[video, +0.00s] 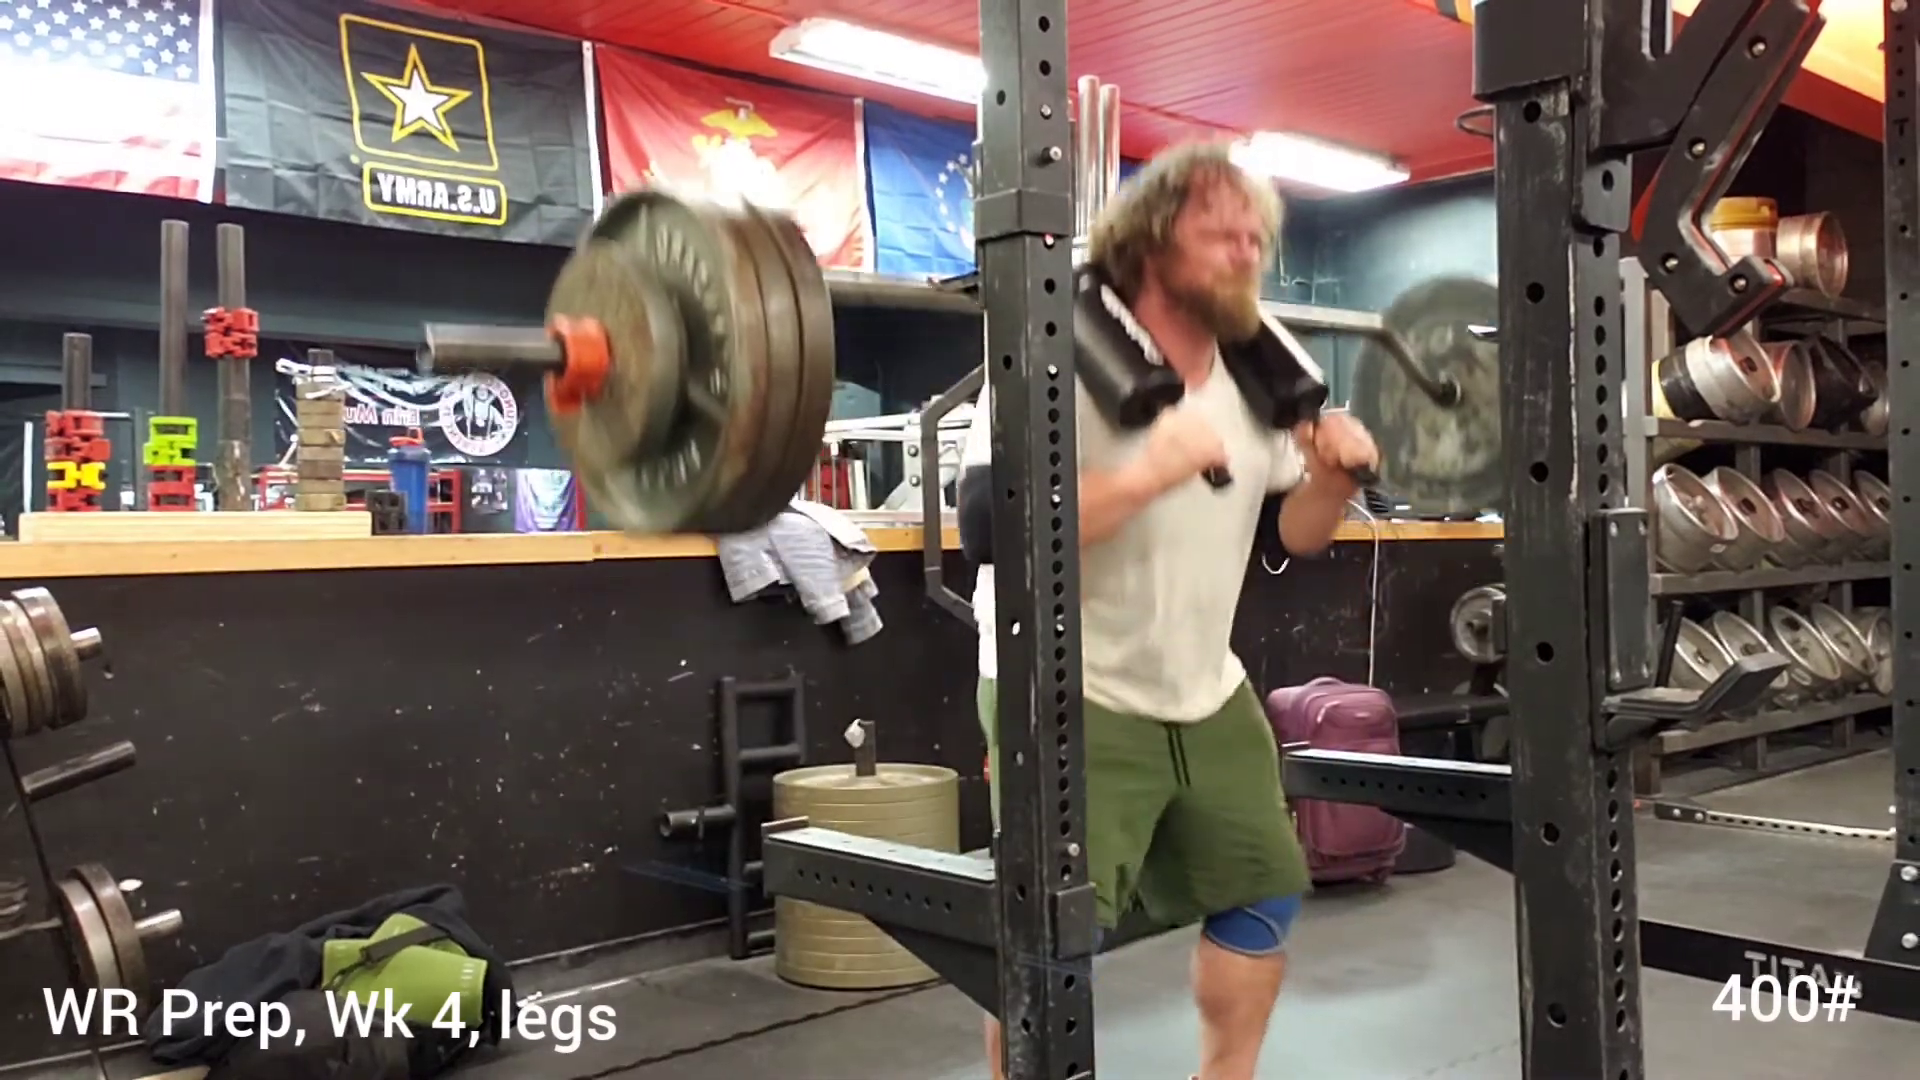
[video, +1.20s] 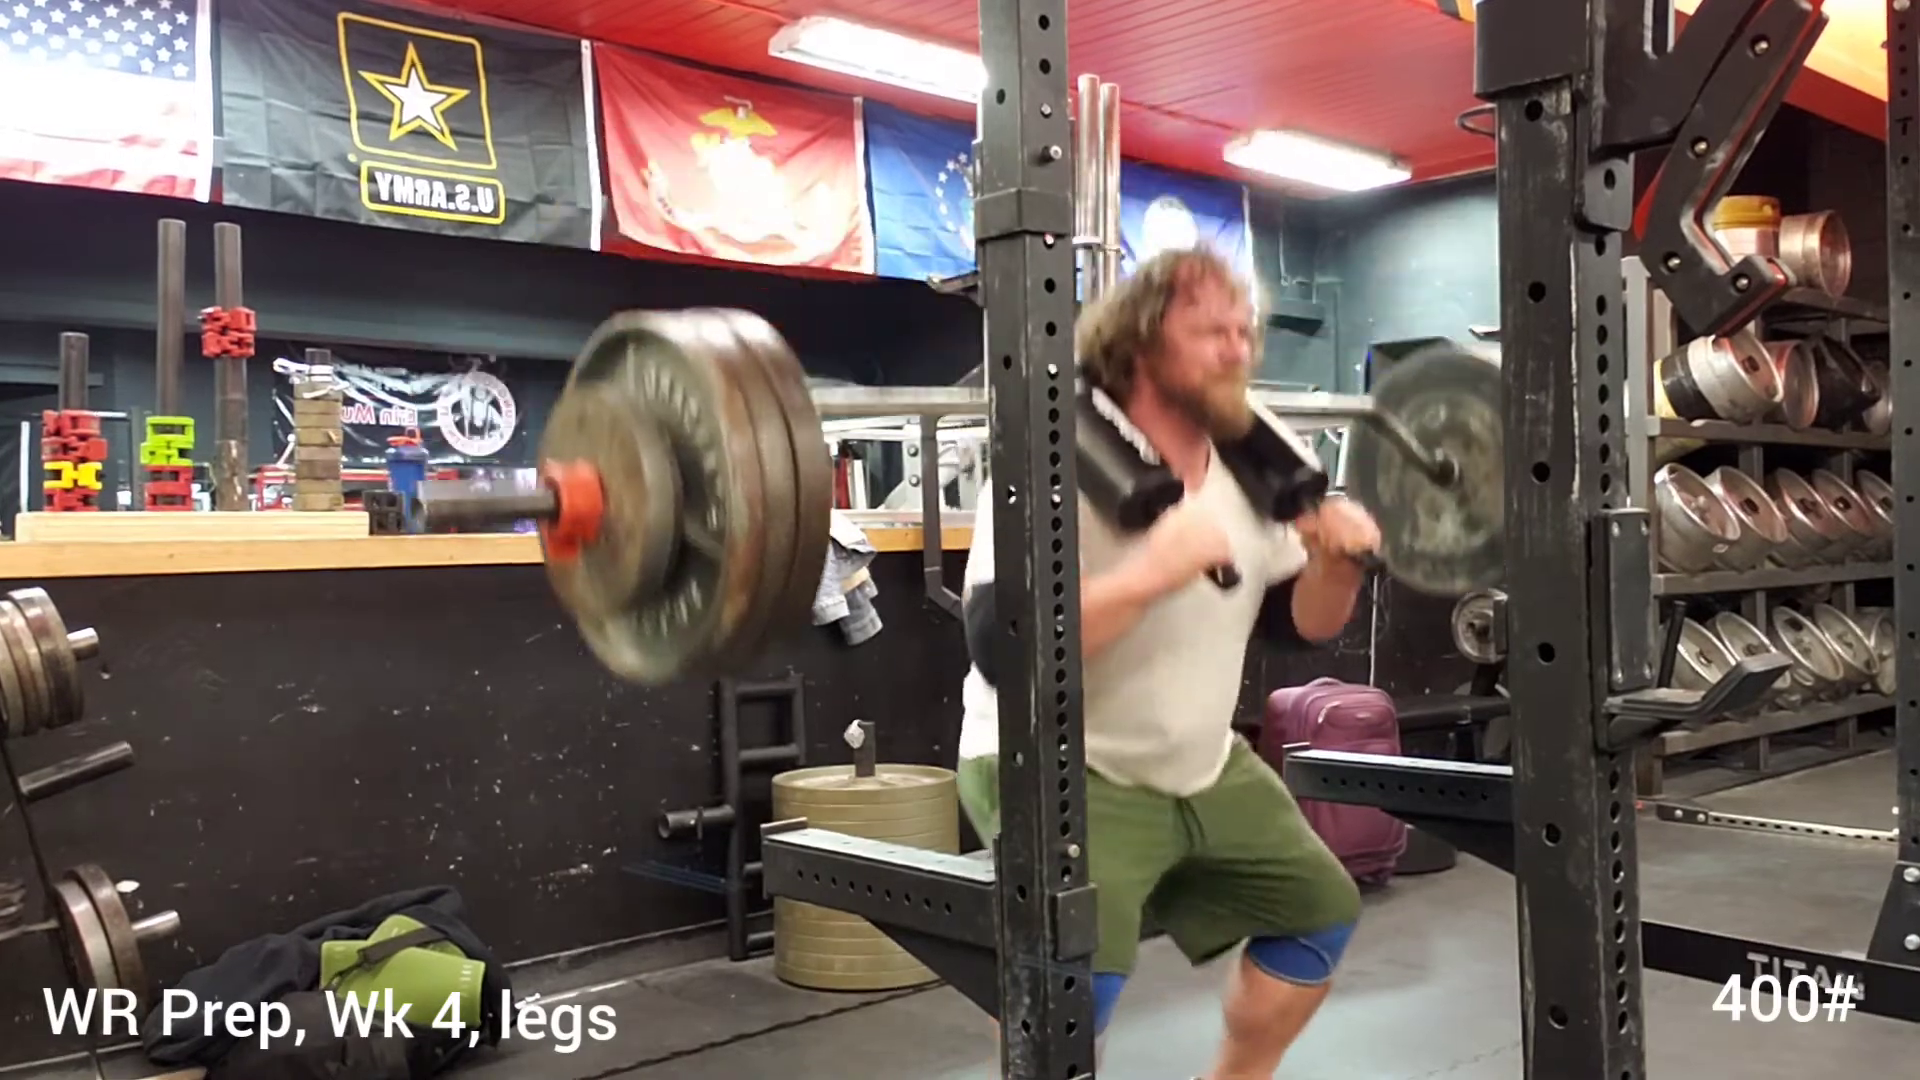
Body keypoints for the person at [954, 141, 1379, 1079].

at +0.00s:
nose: (1242, 247)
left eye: (1253, 231)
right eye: (1217, 226)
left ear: (1262, 249)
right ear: (1155, 234)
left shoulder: (1258, 358)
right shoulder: (1066, 346)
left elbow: (1300, 538)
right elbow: (1027, 526)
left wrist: (1334, 476)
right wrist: (1149, 472)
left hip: (1207, 686)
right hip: (1080, 690)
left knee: (1260, 892)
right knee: (1056, 927)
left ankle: (1227, 1072)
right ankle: (1019, 1069)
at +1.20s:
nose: (1235, 346)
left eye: (1243, 328)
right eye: (1210, 329)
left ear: (1253, 340)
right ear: (1144, 343)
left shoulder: (1252, 443)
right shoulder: (1055, 446)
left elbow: (1315, 622)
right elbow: (1009, 640)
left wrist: (1336, 557)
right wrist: (1149, 573)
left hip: (1205, 760)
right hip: (1070, 769)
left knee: (1317, 911)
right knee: (1086, 980)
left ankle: (1238, 1074)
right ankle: (1042, 1072)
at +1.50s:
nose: (1248, 471)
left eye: (1255, 455)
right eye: (1221, 453)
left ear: (1266, 463)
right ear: (1154, 462)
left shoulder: (1259, 570)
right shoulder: (1058, 574)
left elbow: (1326, 738)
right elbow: (1017, 774)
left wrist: (1352, 680)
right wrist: (1163, 709)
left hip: (1187, 832)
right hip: (1048, 840)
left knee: (1328, 910)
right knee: (1087, 958)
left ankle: (1239, 1072)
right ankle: (1032, 1069)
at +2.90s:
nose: (1249, 354)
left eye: (1255, 336)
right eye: (1225, 334)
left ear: (1263, 348)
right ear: (1157, 345)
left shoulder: (1258, 457)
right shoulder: (1063, 448)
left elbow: (1315, 629)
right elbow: (1004, 630)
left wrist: (1340, 567)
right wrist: (1156, 579)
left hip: (1197, 752)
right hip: (1060, 754)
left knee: (1306, 905)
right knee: (1059, 956)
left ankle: (1235, 1075)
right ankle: (1007, 1069)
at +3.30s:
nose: (1230, 200)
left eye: (1237, 185)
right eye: (1202, 182)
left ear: (1246, 204)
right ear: (1134, 201)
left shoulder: (1245, 334)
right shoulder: (1049, 308)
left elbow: (1297, 495)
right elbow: (978, 489)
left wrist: (1331, 423)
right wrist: (1135, 424)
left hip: (1204, 672)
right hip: (1070, 673)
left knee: (1228, 901)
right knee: (1043, 918)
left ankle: (1225, 1074)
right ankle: (1020, 1072)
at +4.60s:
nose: (1248, 350)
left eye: (1254, 330)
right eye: (1223, 331)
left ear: (1263, 341)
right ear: (1156, 347)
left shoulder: (1266, 457)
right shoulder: (1069, 457)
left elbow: (1324, 633)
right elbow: (1017, 647)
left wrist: (1349, 570)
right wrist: (1161, 582)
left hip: (1200, 759)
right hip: (1057, 765)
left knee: (1312, 905)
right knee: (1070, 960)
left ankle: (1239, 1073)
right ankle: (1016, 1069)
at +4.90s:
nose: (1263, 472)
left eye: (1270, 452)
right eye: (1237, 452)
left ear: (1281, 458)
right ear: (1170, 460)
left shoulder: (1272, 569)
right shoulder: (1075, 570)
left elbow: (1331, 745)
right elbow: (1033, 772)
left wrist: (1356, 685)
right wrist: (1175, 712)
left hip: (1196, 829)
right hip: (1057, 836)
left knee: (1337, 913)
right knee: (1079, 965)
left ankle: (1243, 1074)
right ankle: (1023, 1069)